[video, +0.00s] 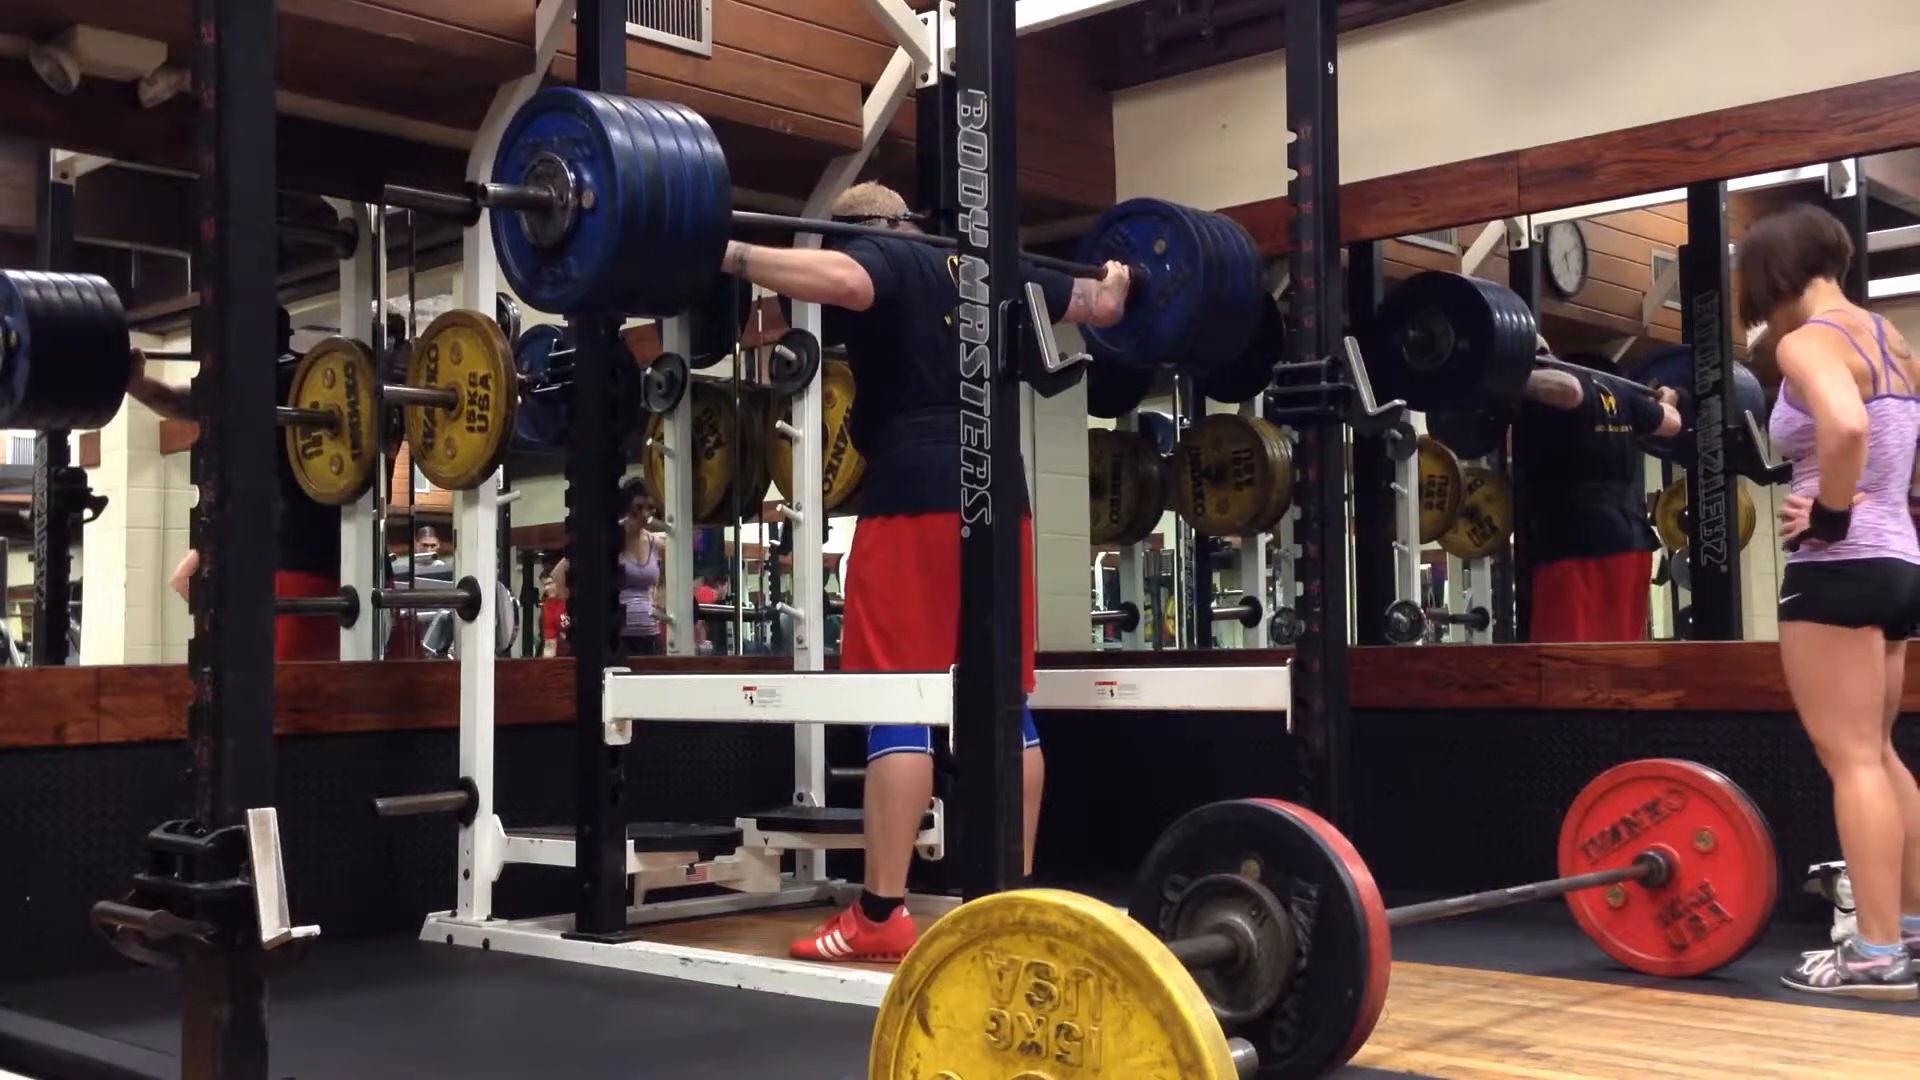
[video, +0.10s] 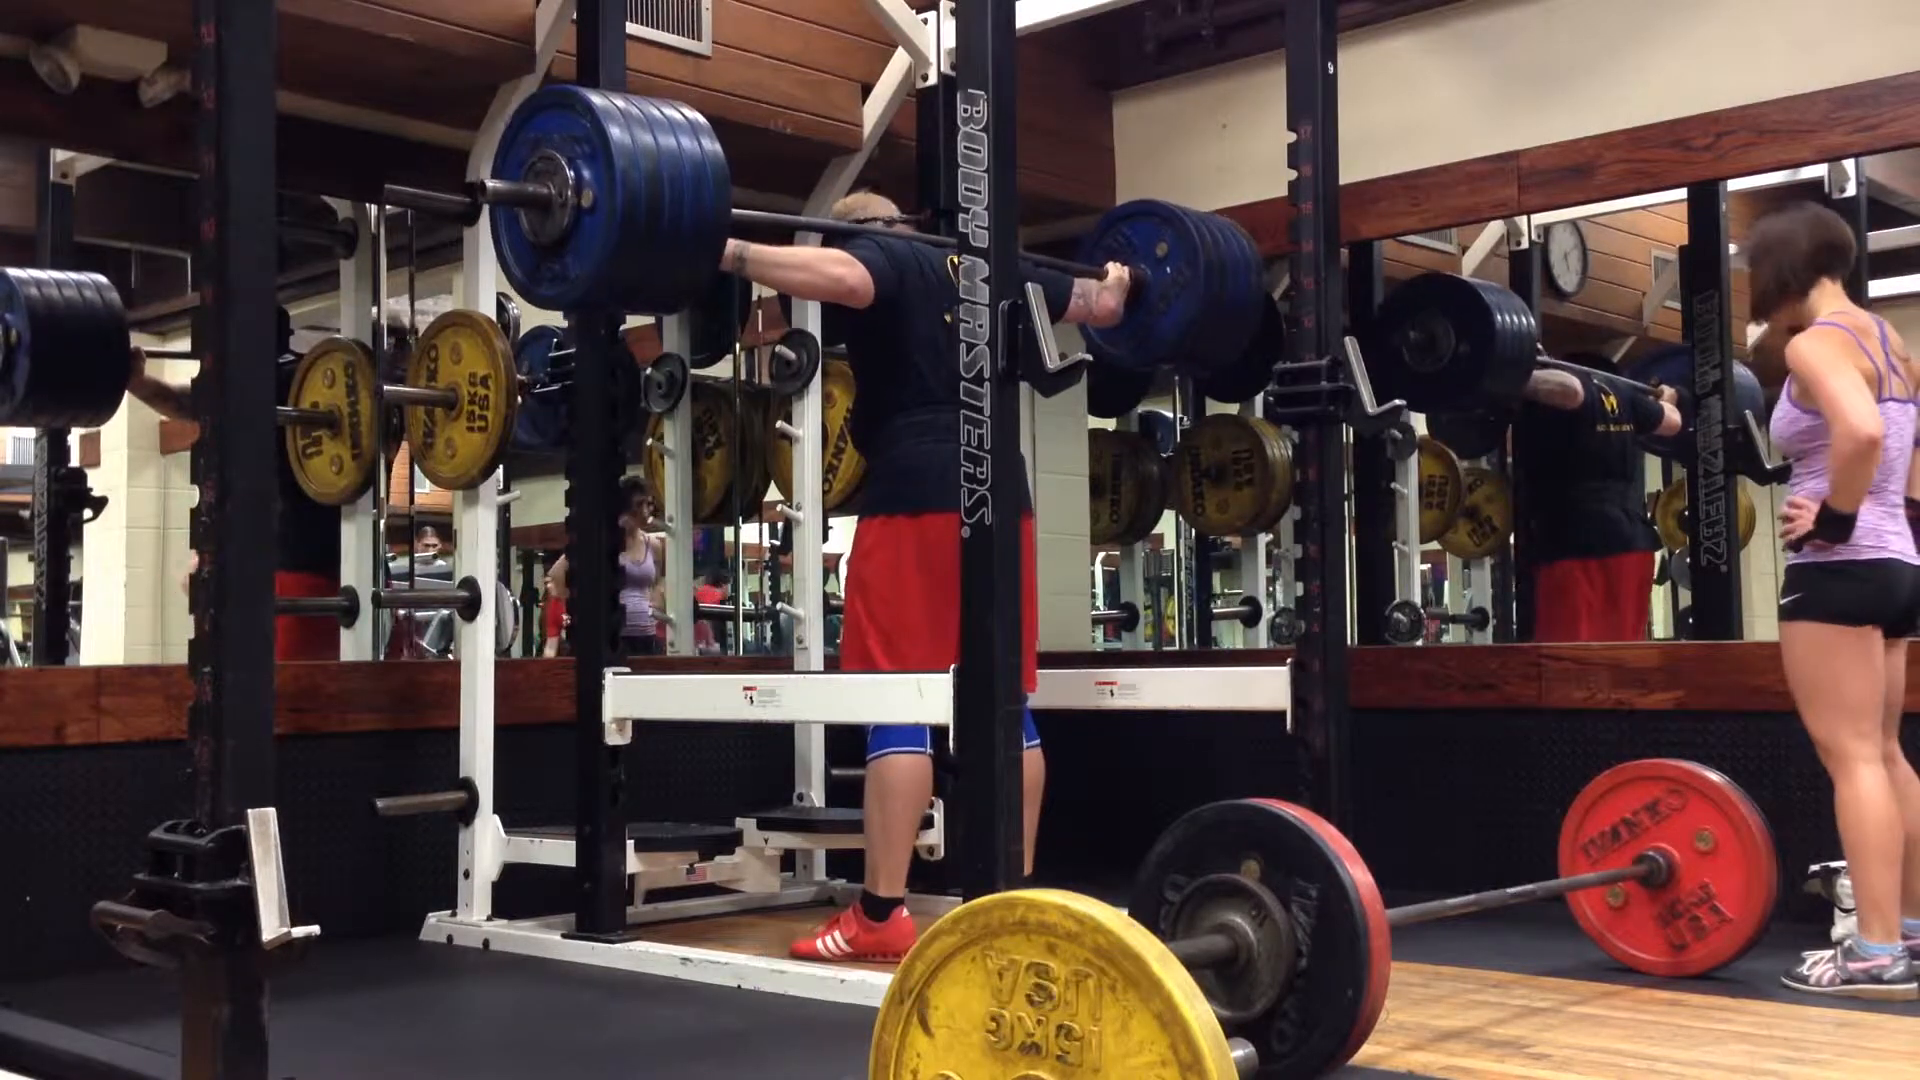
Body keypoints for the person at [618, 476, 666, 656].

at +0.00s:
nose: (645, 514)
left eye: (650, 507)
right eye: (639, 507)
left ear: (654, 510)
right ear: (626, 508)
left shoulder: (655, 542)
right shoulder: (614, 539)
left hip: (649, 624)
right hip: (620, 624)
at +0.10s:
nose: (646, 510)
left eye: (649, 503)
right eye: (639, 504)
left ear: (653, 505)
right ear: (624, 508)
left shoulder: (652, 543)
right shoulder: (604, 541)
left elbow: (657, 580)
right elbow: (556, 573)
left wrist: (655, 604)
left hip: (647, 629)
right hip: (613, 628)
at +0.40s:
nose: (635, 508)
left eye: (638, 501)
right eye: (630, 501)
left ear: (641, 502)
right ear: (615, 503)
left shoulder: (638, 543)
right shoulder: (588, 538)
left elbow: (639, 583)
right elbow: (547, 570)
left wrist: (639, 608)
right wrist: (563, 607)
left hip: (635, 630)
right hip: (599, 630)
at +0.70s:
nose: (625, 508)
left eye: (627, 502)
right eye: (621, 501)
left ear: (625, 504)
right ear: (604, 503)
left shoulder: (625, 540)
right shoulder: (574, 537)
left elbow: (628, 578)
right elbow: (537, 573)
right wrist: (554, 606)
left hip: (619, 628)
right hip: (583, 629)